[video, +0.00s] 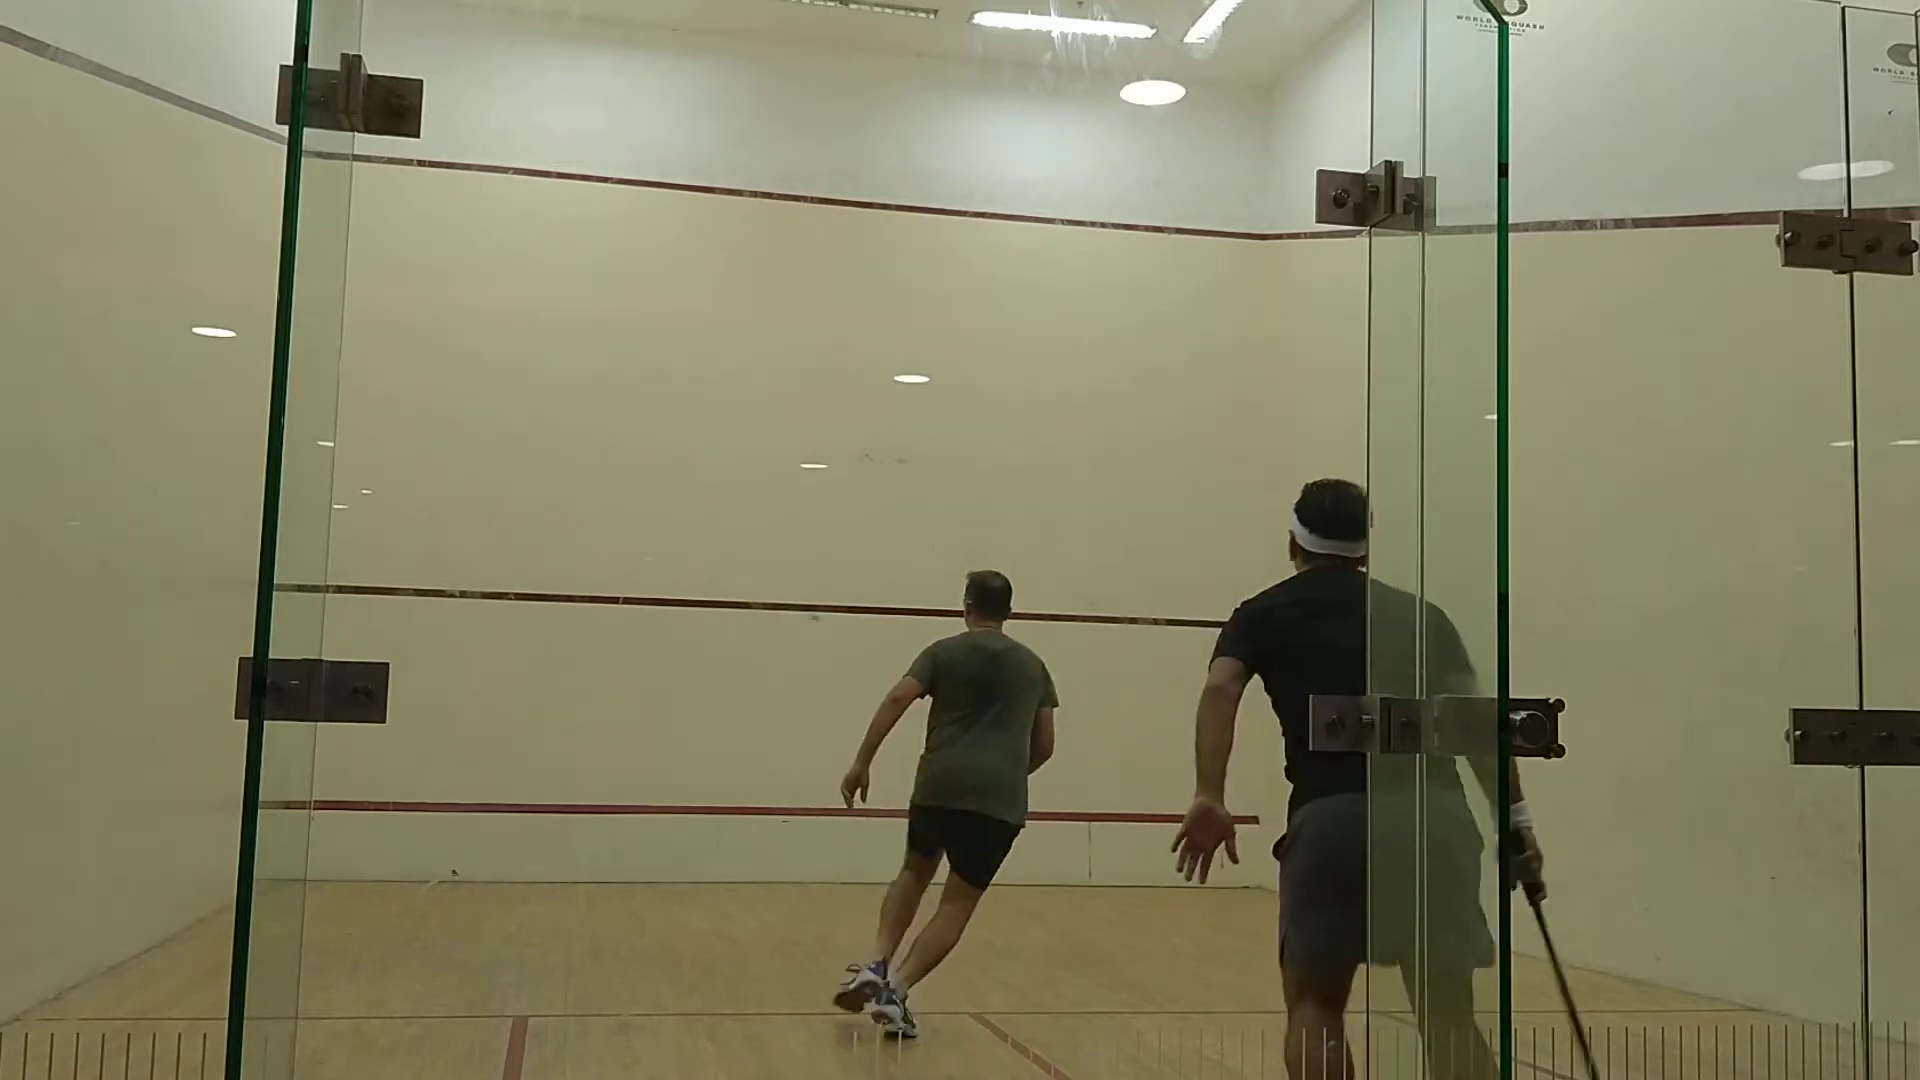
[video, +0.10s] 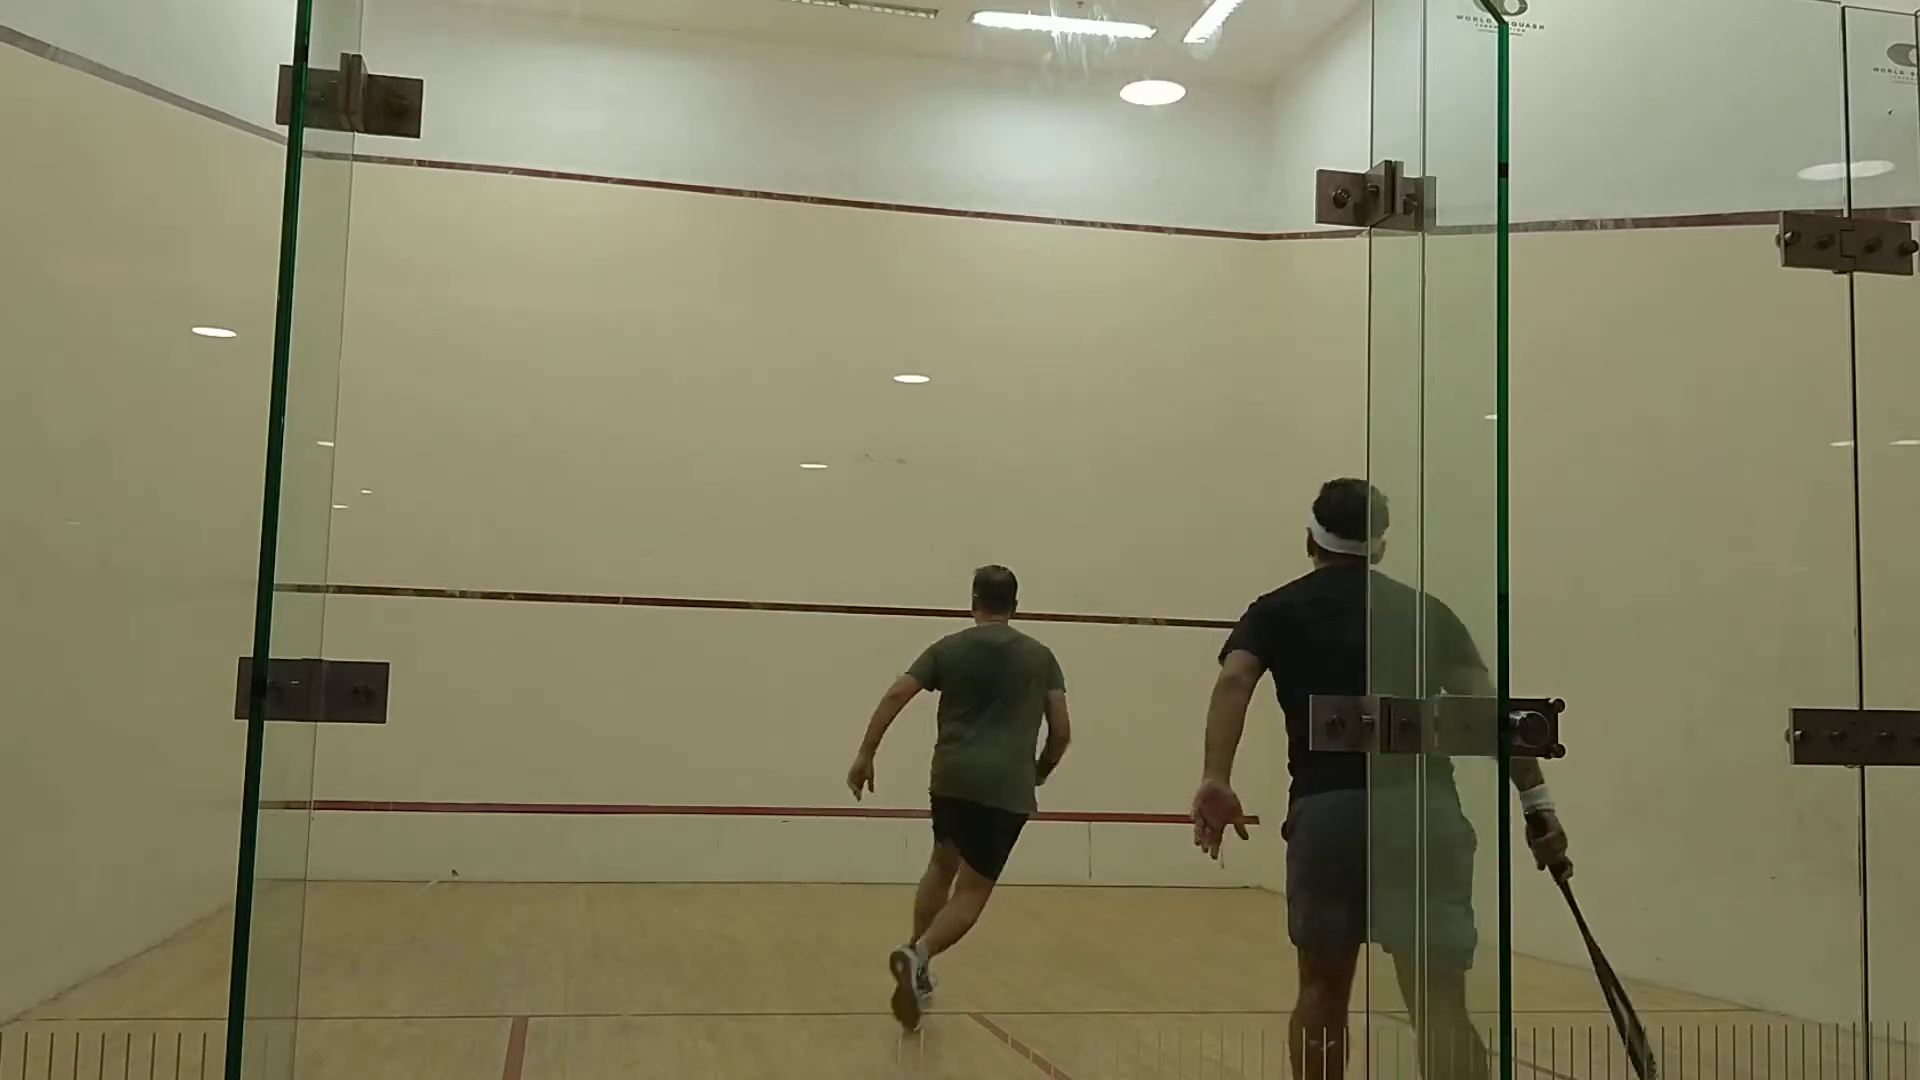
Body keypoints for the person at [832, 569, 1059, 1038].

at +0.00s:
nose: (964, 612)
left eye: (964, 606)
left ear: (966, 608)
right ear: (1008, 611)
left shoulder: (943, 652)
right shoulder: (1034, 666)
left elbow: (898, 699)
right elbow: (1043, 747)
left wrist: (861, 762)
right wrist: (1008, 772)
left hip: (936, 793)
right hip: (999, 804)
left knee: (915, 872)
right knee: (957, 905)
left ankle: (876, 966)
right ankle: (895, 993)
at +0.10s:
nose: (978, 608)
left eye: (975, 601)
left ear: (974, 603)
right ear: (1015, 605)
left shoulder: (949, 648)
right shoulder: (1039, 655)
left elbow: (896, 695)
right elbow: (1060, 732)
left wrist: (866, 753)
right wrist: (1042, 768)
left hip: (951, 783)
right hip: (1008, 793)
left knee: (942, 865)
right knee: (970, 895)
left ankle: (918, 970)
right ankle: (918, 953)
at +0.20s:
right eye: (1028, 609)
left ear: (990, 608)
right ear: (1030, 611)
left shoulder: (962, 655)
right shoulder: (1044, 658)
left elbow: (911, 708)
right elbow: (1070, 723)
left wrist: (897, 765)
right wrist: (1085, 762)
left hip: (959, 789)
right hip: (1015, 795)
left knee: (952, 870)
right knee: (1011, 886)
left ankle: (922, 974)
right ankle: (950, 940)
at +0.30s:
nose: (1054, 603)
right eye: (1058, 597)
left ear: (1020, 594)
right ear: (1057, 597)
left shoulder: (991, 637)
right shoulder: (1058, 641)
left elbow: (958, 695)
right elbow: (1082, 706)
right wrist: (1124, 737)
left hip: (982, 771)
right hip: (1037, 771)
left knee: (975, 860)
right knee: (1059, 852)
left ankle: (930, 958)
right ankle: (998, 940)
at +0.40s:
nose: (1090, 606)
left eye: (1085, 599)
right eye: (1092, 600)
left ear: (1055, 594)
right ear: (1090, 599)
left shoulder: (1020, 638)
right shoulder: (1076, 640)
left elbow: (1010, 695)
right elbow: (1104, 695)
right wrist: (1164, 704)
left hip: (1010, 765)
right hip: (1060, 764)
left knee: (1008, 856)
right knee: (1096, 835)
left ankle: (975, 957)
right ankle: (1065, 928)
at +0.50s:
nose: (1130, 626)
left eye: (1129, 619)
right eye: (1130, 619)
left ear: (1091, 613)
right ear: (1125, 618)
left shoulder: (1065, 649)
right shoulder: (1103, 655)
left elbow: (1055, 710)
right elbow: (1134, 697)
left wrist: (1102, 735)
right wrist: (1199, 680)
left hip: (1034, 777)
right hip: (1082, 779)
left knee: (1021, 864)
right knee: (1126, 842)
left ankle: (985, 961)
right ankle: (1145, 925)